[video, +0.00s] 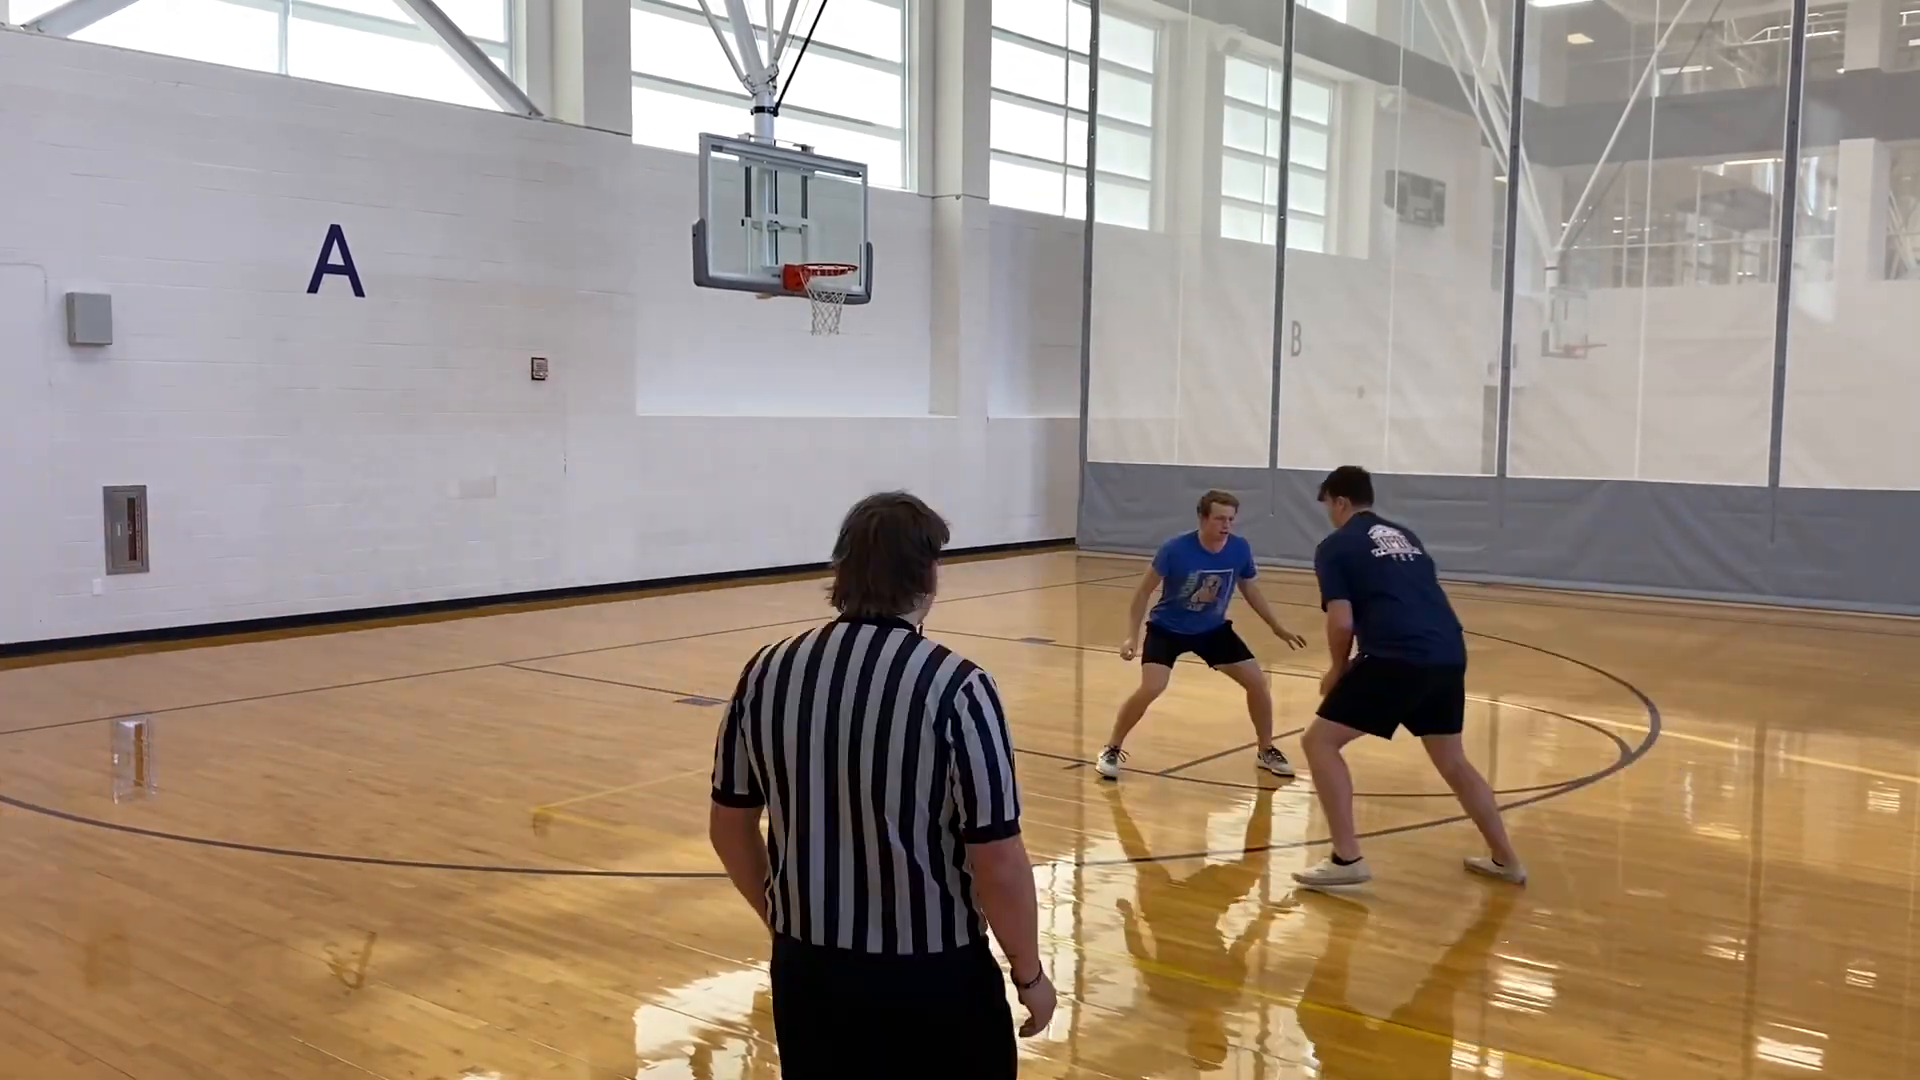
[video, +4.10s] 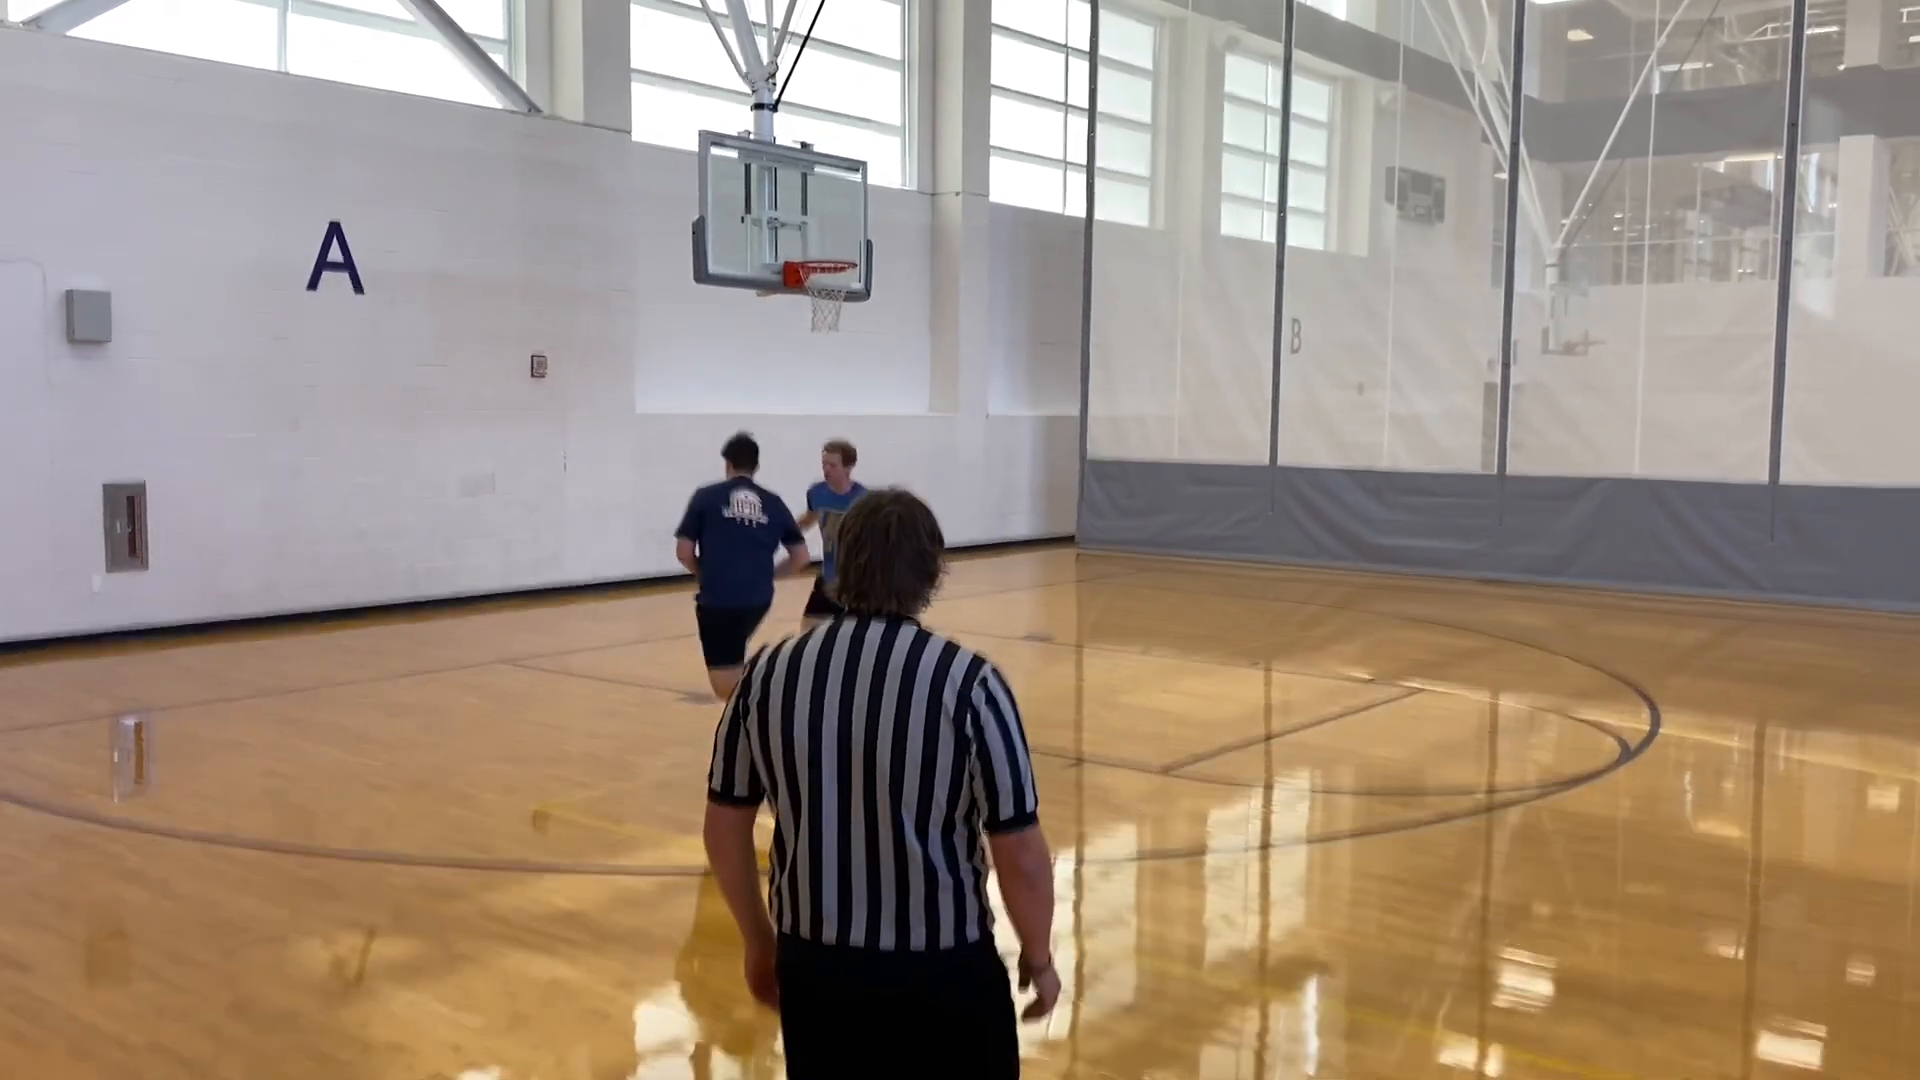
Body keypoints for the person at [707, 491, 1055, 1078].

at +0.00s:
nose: (939, 575)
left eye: (937, 559)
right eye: (937, 561)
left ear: (845, 567)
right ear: (925, 572)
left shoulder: (767, 671)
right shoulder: (958, 688)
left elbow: (730, 827)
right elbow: (997, 860)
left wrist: (784, 919)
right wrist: (1029, 970)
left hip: (810, 982)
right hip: (940, 987)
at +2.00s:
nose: (945, 575)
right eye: (943, 562)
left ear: (849, 568)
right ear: (937, 572)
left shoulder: (775, 669)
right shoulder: (970, 684)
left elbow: (727, 823)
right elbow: (1017, 853)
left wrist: (747, 945)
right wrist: (1048, 989)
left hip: (820, 980)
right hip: (950, 982)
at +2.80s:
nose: (949, 583)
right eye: (946, 570)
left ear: (847, 573)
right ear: (937, 581)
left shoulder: (772, 677)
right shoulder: (972, 691)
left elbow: (726, 832)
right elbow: (1019, 860)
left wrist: (749, 949)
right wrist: (1045, 978)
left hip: (816, 984)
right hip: (948, 988)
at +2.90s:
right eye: (946, 573)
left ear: (845, 575)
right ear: (937, 583)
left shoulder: (771, 677)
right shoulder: (971, 690)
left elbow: (726, 833)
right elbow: (1020, 861)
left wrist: (751, 948)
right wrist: (1045, 977)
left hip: (816, 982)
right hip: (949, 986)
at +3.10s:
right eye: (943, 568)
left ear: (842, 573)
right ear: (937, 579)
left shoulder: (771, 675)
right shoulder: (971, 687)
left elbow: (727, 831)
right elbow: (1020, 854)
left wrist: (757, 945)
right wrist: (1045, 973)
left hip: (817, 981)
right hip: (950, 984)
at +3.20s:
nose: (947, 581)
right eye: (942, 569)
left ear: (844, 571)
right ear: (934, 579)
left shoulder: (770, 673)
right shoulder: (969, 686)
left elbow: (725, 830)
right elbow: (1019, 856)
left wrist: (756, 944)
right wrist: (1042, 971)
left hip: (815, 981)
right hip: (947, 985)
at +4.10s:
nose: (939, 573)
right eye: (935, 561)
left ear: (841, 564)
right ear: (929, 572)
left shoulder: (768, 671)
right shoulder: (969, 682)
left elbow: (724, 826)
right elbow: (1019, 851)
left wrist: (757, 940)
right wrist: (1037, 953)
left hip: (815, 974)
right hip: (948, 977)